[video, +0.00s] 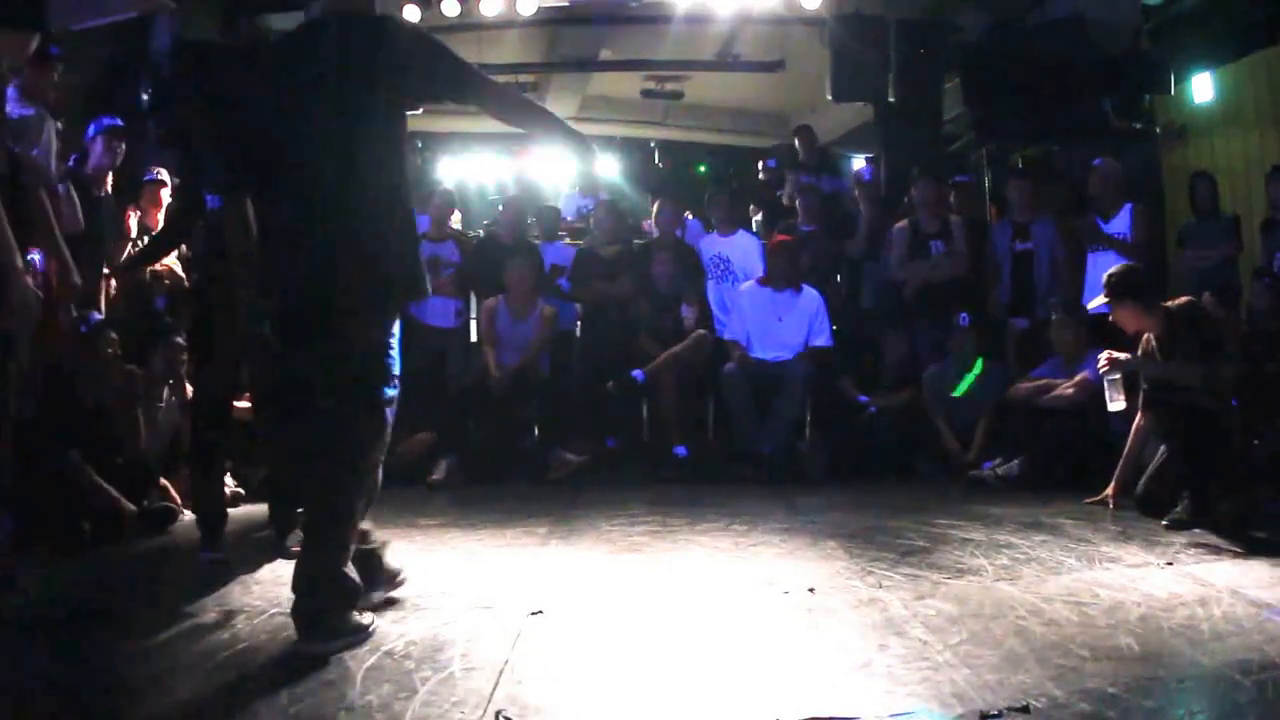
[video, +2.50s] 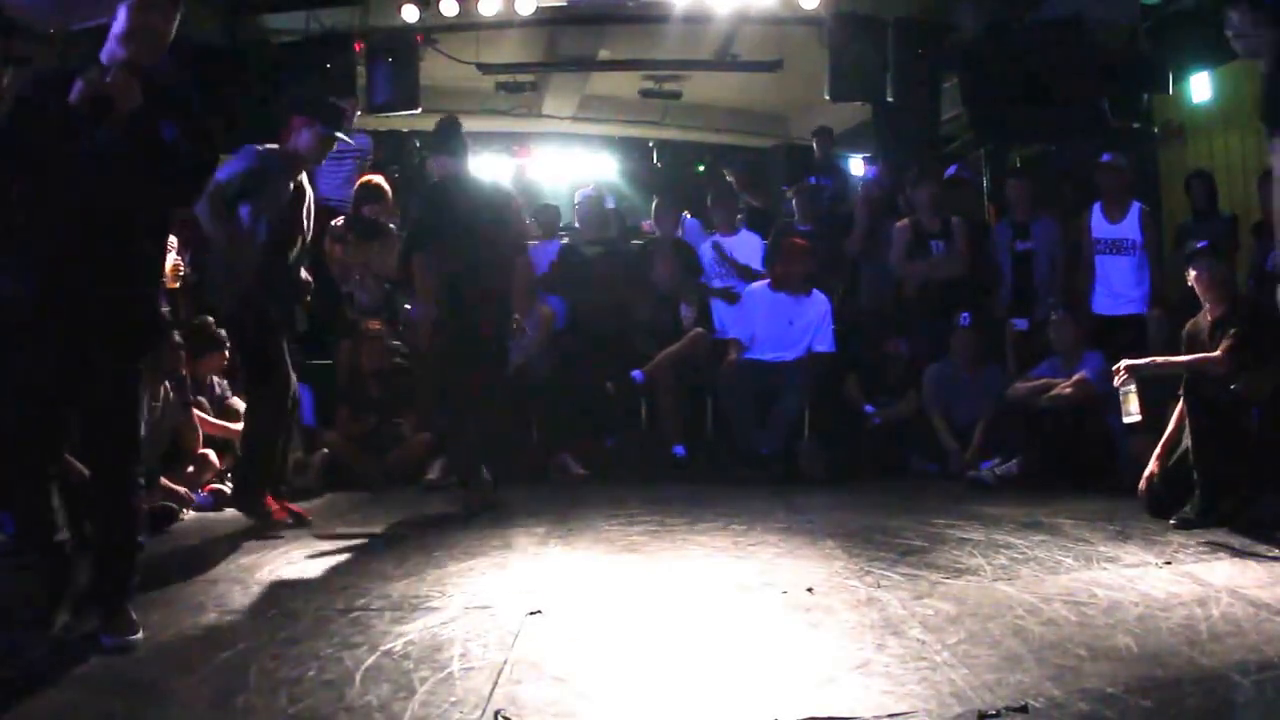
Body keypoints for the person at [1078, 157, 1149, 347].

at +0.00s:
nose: (1093, 184)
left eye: (1099, 178)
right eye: (1092, 178)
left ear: (1113, 182)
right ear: (1089, 182)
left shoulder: (1134, 213)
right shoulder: (1090, 218)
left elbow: (1141, 254)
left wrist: (1103, 239)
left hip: (1126, 302)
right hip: (1092, 303)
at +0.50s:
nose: (1105, 185)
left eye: (1109, 179)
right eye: (1101, 179)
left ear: (1121, 182)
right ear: (1096, 182)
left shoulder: (1136, 214)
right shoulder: (1090, 217)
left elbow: (1140, 253)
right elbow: (1080, 252)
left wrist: (1116, 227)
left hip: (1126, 291)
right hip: (1097, 291)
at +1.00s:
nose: (1107, 183)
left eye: (1111, 177)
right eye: (1102, 178)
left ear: (1120, 180)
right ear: (1097, 181)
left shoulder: (1137, 214)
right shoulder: (1087, 218)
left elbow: (1145, 259)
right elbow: (1080, 263)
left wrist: (1119, 245)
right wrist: (1100, 250)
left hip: (1127, 302)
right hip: (1096, 303)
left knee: (1128, 360)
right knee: (1098, 361)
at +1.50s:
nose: (1104, 183)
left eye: (1108, 177)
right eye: (1100, 177)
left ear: (1118, 180)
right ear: (1093, 181)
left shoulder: (1135, 214)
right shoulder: (1085, 219)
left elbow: (1151, 254)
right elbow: (1082, 261)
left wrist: (1129, 270)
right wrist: (1081, 295)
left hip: (1132, 304)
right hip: (1100, 306)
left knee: (1135, 364)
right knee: (1104, 365)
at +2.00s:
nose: (1109, 180)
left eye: (1114, 174)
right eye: (1105, 174)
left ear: (1124, 177)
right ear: (1100, 178)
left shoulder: (1142, 214)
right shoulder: (1092, 215)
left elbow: (1149, 260)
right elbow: (1089, 259)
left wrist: (1139, 297)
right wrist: (1088, 295)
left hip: (1134, 302)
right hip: (1103, 302)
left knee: (1135, 362)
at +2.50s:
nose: (1107, 180)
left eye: (1112, 174)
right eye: (1103, 174)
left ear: (1124, 178)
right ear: (1098, 178)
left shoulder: (1141, 214)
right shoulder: (1091, 216)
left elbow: (1152, 257)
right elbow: (1087, 259)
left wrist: (1154, 298)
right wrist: (1086, 296)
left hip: (1134, 305)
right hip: (1102, 306)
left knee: (1137, 365)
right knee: (1104, 365)